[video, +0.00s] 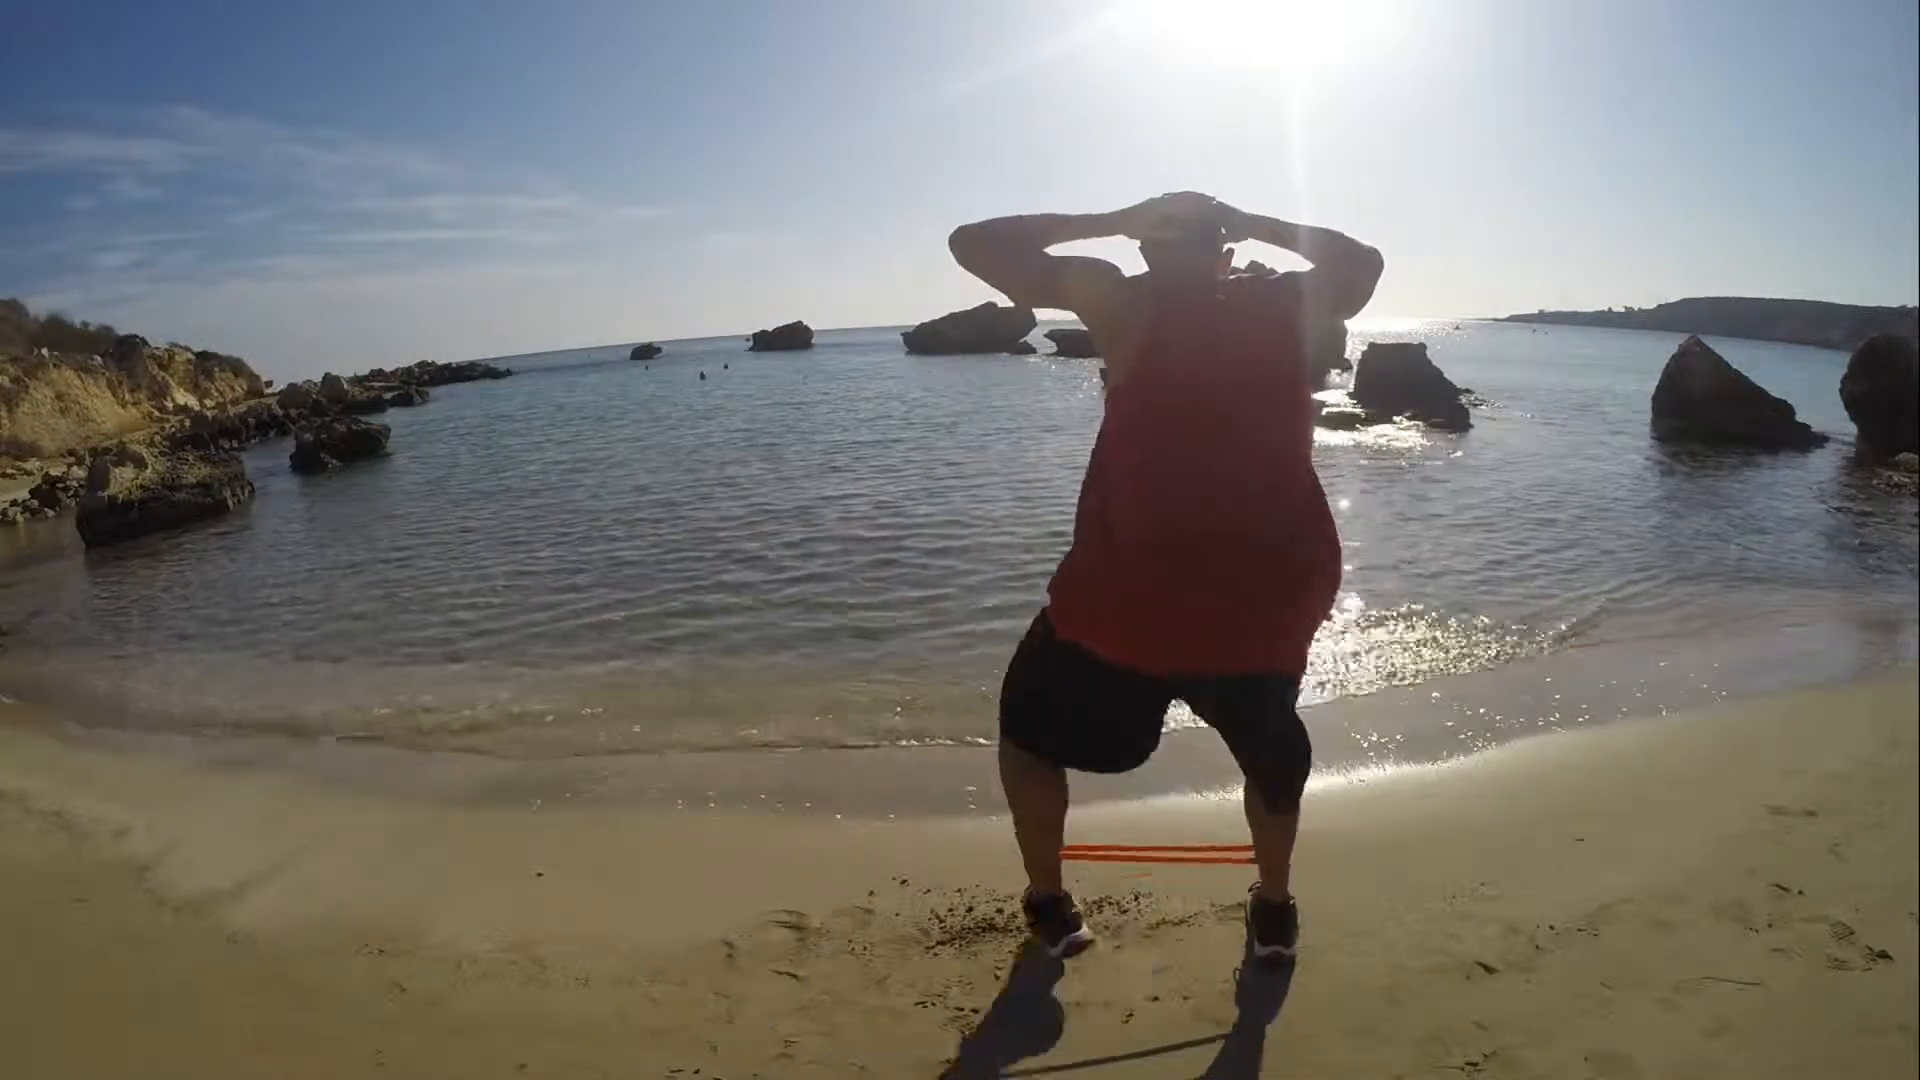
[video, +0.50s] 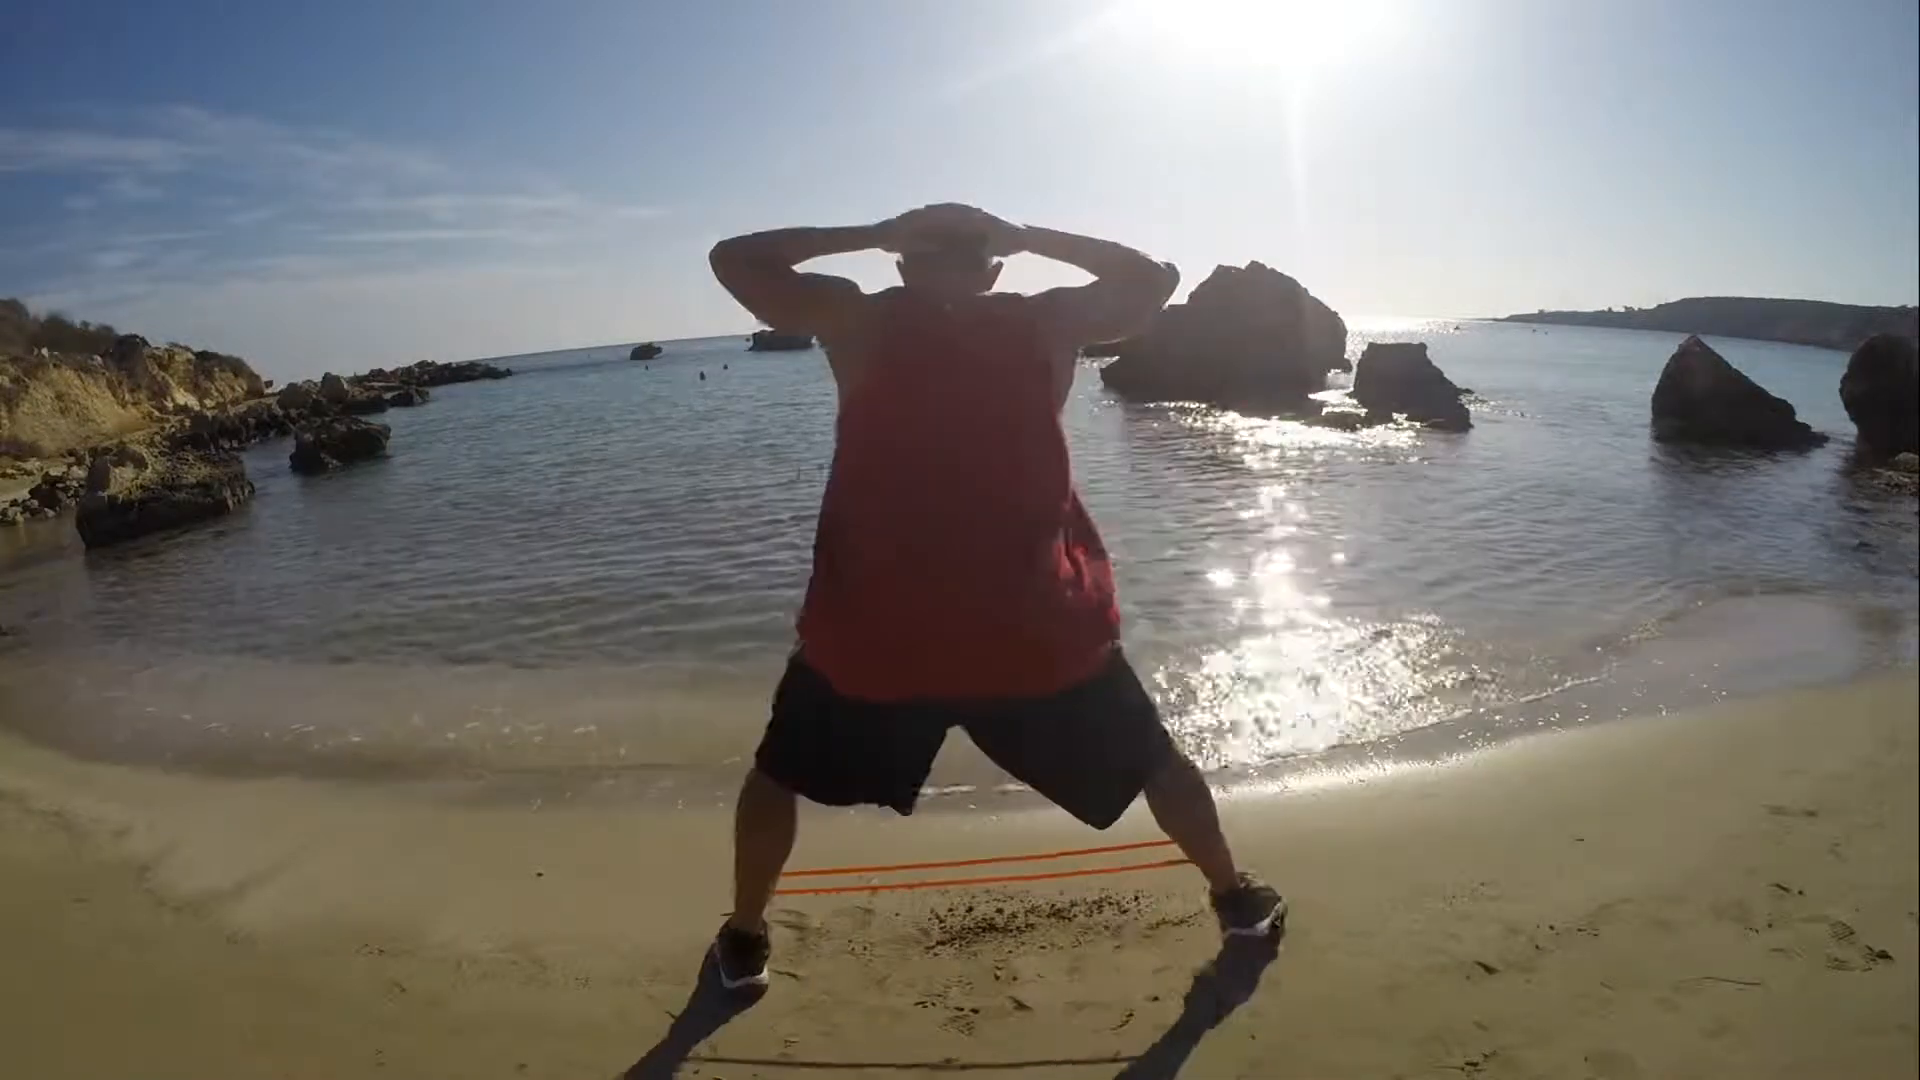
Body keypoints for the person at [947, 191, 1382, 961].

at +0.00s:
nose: (1159, 237)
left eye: (1161, 229)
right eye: (1168, 227)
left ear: (1152, 246)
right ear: (1227, 246)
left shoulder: (1120, 302)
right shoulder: (1293, 304)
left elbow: (974, 242)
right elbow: (1363, 261)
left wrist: (1113, 220)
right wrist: (1253, 223)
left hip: (1125, 583)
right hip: (1264, 592)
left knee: (1030, 725)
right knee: (1275, 751)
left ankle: (1046, 905)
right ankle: (1274, 907)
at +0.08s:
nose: (1148, 249)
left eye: (1151, 235)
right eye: (1156, 236)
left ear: (1139, 248)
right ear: (1218, 249)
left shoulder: (1110, 303)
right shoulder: (1281, 308)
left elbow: (968, 236)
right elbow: (1348, 265)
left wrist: (1109, 218)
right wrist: (1248, 227)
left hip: (1095, 574)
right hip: (1235, 589)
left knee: (971, 730)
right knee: (1253, 759)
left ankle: (941, 897)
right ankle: (1270, 904)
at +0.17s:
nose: (1133, 251)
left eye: (1134, 238)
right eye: (1143, 239)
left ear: (1119, 252)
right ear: (1193, 253)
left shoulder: (1090, 309)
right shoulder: (1249, 312)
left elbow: (946, 239)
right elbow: (1332, 271)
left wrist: (1086, 223)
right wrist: (1226, 233)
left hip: (1070, 571)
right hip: (1216, 586)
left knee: (914, 727)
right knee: (1246, 751)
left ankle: (836, 891)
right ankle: (1269, 909)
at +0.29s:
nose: (1100, 271)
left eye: (1094, 258)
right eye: (1105, 257)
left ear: (1065, 271)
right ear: (1143, 274)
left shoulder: (1024, 327)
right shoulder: (1196, 332)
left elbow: (885, 263)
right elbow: (1288, 291)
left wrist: (1026, 244)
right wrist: (1182, 252)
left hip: (1010, 607)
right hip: (1160, 622)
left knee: (850, 764)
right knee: (1228, 763)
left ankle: (761, 912)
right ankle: (1267, 906)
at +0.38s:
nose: (1046, 271)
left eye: (1038, 259)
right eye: (1054, 261)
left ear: (1005, 277)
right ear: (1090, 283)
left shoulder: (960, 337)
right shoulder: (1143, 339)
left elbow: (831, 273)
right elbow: (1233, 296)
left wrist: (974, 250)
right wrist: (1119, 252)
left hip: (965, 634)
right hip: (1119, 639)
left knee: (824, 776)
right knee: (1210, 771)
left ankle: (750, 935)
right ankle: (1264, 910)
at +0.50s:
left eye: (927, 246)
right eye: (967, 249)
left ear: (904, 259)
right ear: (992, 264)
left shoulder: (853, 321)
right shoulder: (1043, 323)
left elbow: (733, 259)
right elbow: (1151, 279)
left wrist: (875, 234)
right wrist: (1027, 236)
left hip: (877, 620)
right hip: (1031, 616)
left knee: (776, 773)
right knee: (1155, 757)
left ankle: (742, 940)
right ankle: (1235, 899)